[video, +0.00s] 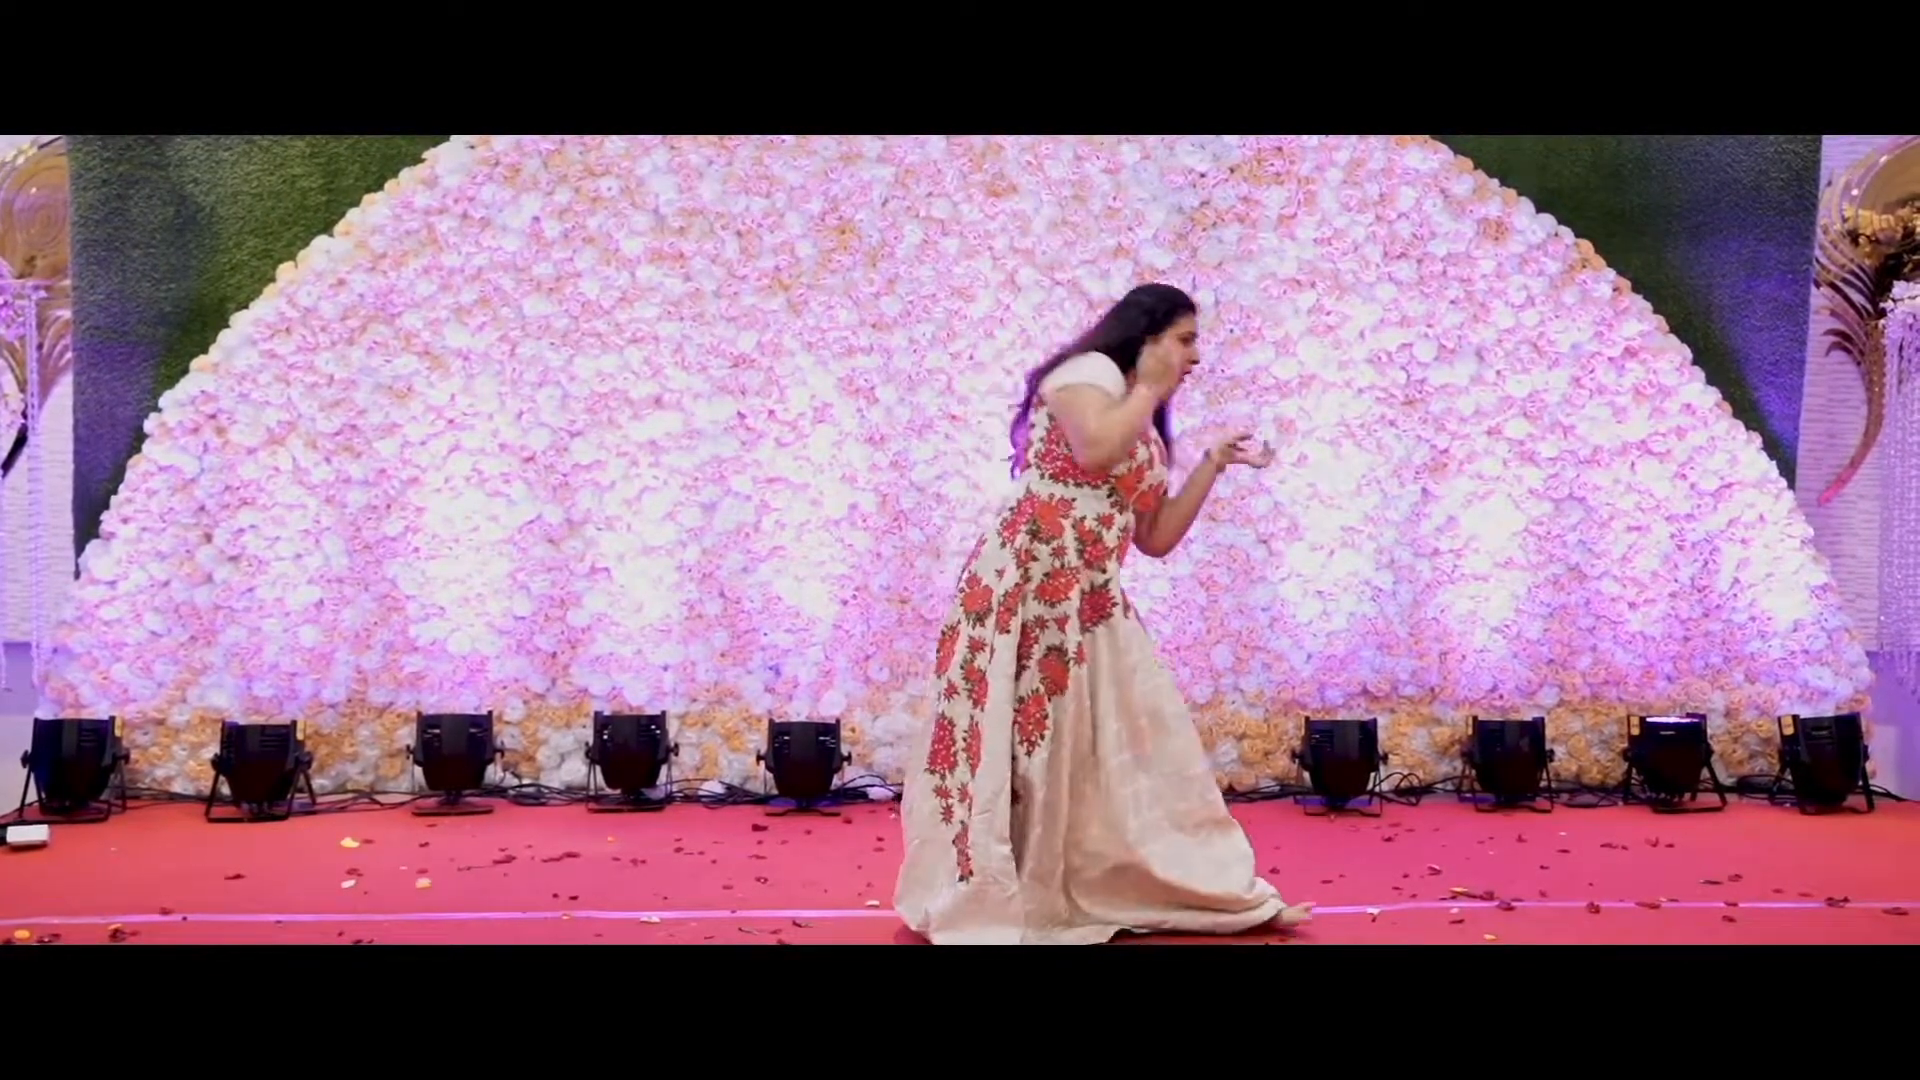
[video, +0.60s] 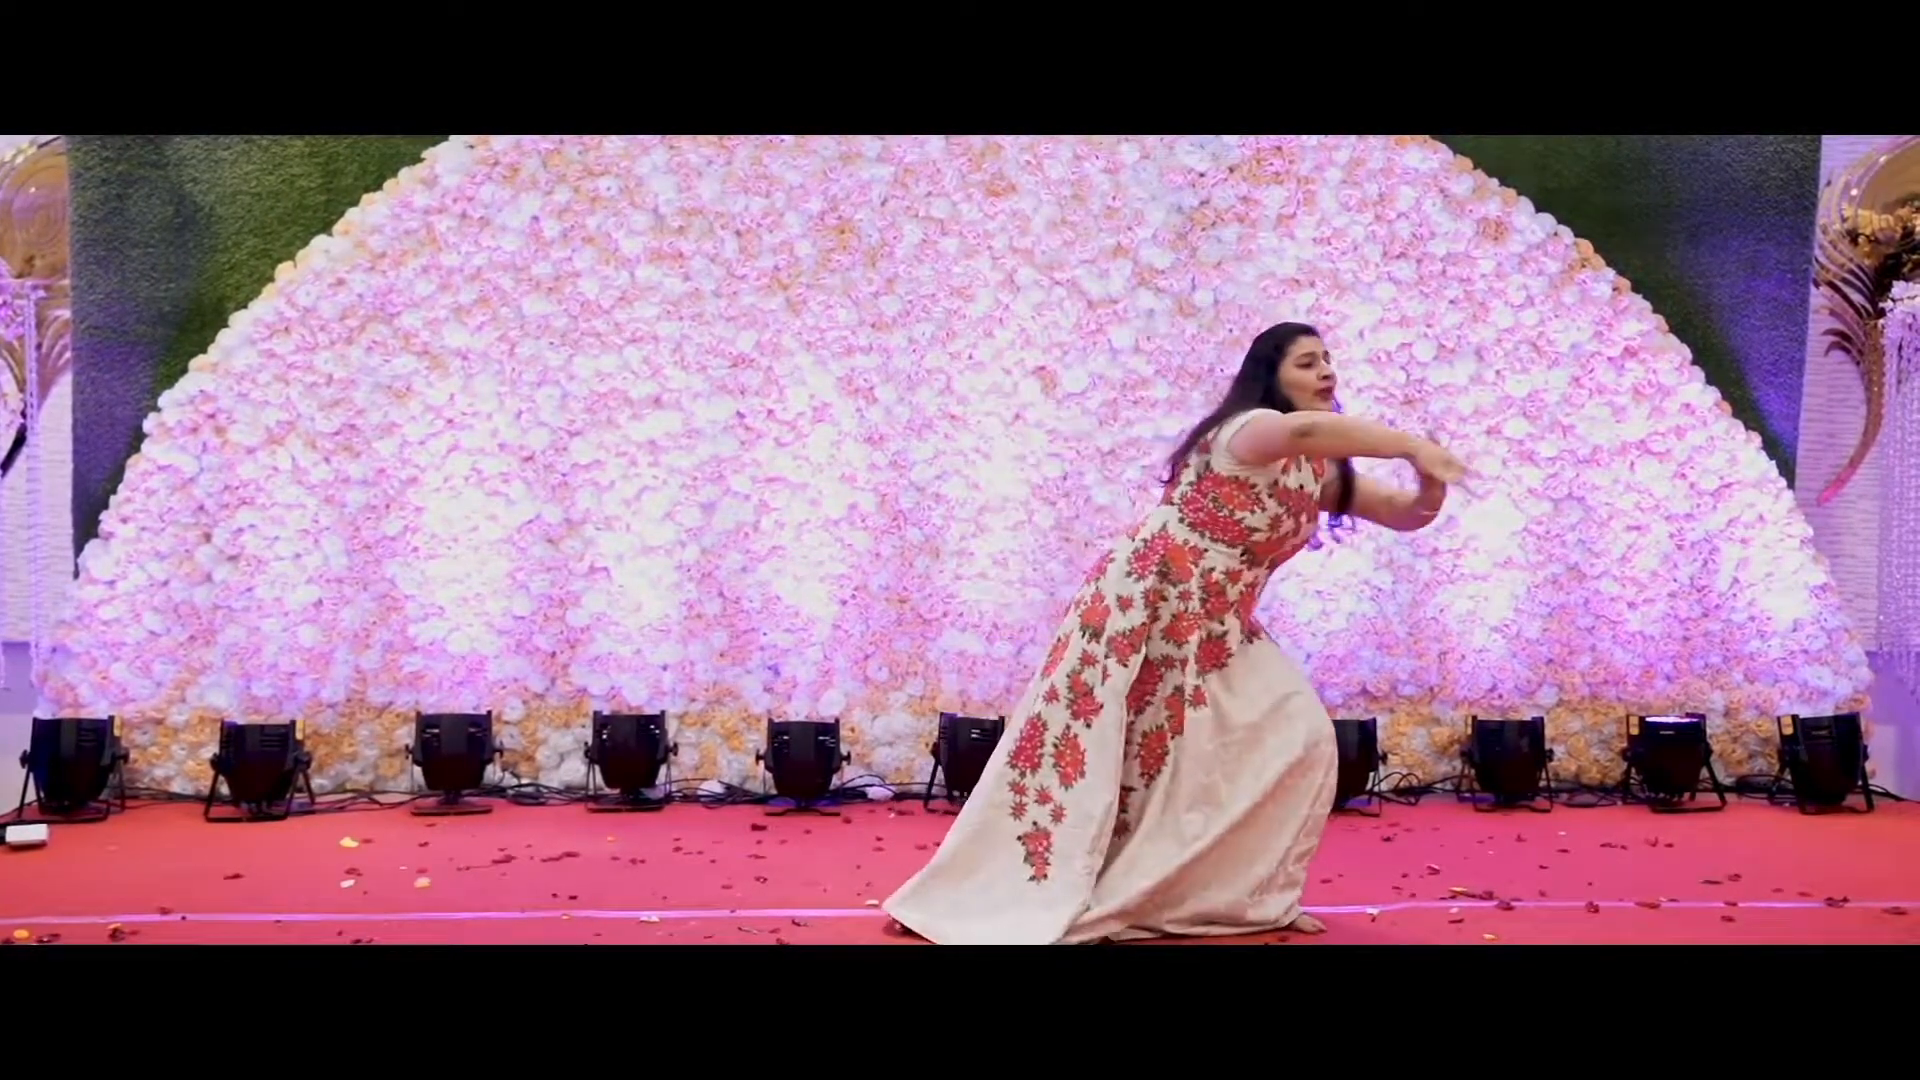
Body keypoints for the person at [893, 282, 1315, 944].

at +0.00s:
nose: (1194, 356)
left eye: (1196, 343)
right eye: (1186, 340)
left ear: (1158, 346)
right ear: (1146, 336)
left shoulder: (1144, 437)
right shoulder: (1083, 373)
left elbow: (1158, 537)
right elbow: (1095, 445)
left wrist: (1211, 464)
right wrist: (1149, 388)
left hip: (1090, 597)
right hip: (1027, 585)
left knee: (1137, 736)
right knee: (1022, 741)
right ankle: (1010, 892)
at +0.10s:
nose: (1236, 356)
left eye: (1235, 344)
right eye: (1224, 343)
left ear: (1203, 352)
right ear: (1185, 348)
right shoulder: (1156, 392)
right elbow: (1168, 483)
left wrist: (1248, 505)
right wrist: (1221, 441)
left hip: (1111, 602)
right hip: (1053, 591)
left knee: (1187, 726)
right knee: (1056, 743)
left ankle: (1211, 887)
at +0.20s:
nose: (1278, 364)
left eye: (1275, 352)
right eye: (1263, 352)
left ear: (1226, 361)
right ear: (1224, 360)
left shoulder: (1209, 441)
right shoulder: (1206, 405)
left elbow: (1223, 569)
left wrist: (1292, 539)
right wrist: (1269, 454)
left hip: (1131, 605)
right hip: (1079, 591)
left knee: (1222, 716)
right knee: (1067, 742)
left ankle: (1218, 888)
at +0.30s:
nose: (1310, 376)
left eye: (1306, 362)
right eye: (1293, 364)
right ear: (1255, 375)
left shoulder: (1233, 457)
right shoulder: (1239, 423)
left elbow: (1235, 582)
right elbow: (1342, 436)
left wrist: (1280, 542)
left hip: (1162, 610)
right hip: (1104, 593)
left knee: (1251, 724)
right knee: (1084, 750)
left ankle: (1236, 894)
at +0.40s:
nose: (1326, 385)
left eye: (1322, 372)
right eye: (1309, 374)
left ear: (1306, 383)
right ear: (1268, 385)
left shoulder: (1275, 481)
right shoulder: (1254, 431)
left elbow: (1281, 586)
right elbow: (1359, 430)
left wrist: (1297, 543)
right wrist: (1452, 473)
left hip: (1179, 621)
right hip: (1116, 602)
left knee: (1272, 732)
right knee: (1082, 757)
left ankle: (1230, 896)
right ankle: (1073, 905)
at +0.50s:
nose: (1331, 385)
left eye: (1331, 372)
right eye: (1315, 373)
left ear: (1319, 385)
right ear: (1275, 387)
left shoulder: (1302, 479)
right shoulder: (1256, 435)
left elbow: (1355, 557)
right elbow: (1356, 435)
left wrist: (1361, 501)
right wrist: (1472, 458)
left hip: (1197, 627)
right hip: (1126, 609)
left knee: (1286, 731)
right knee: (1089, 759)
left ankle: (1224, 893)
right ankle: (1048, 906)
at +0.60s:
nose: (1325, 376)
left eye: (1328, 364)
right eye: (1308, 365)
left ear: (1328, 374)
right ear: (1270, 379)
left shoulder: (1333, 471)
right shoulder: (1246, 433)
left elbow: (1406, 514)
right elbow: (1315, 431)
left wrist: (1427, 487)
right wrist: (1417, 444)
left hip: (1219, 626)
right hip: (1141, 607)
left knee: (1305, 739)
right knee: (1110, 755)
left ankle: (1232, 896)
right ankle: (1084, 898)